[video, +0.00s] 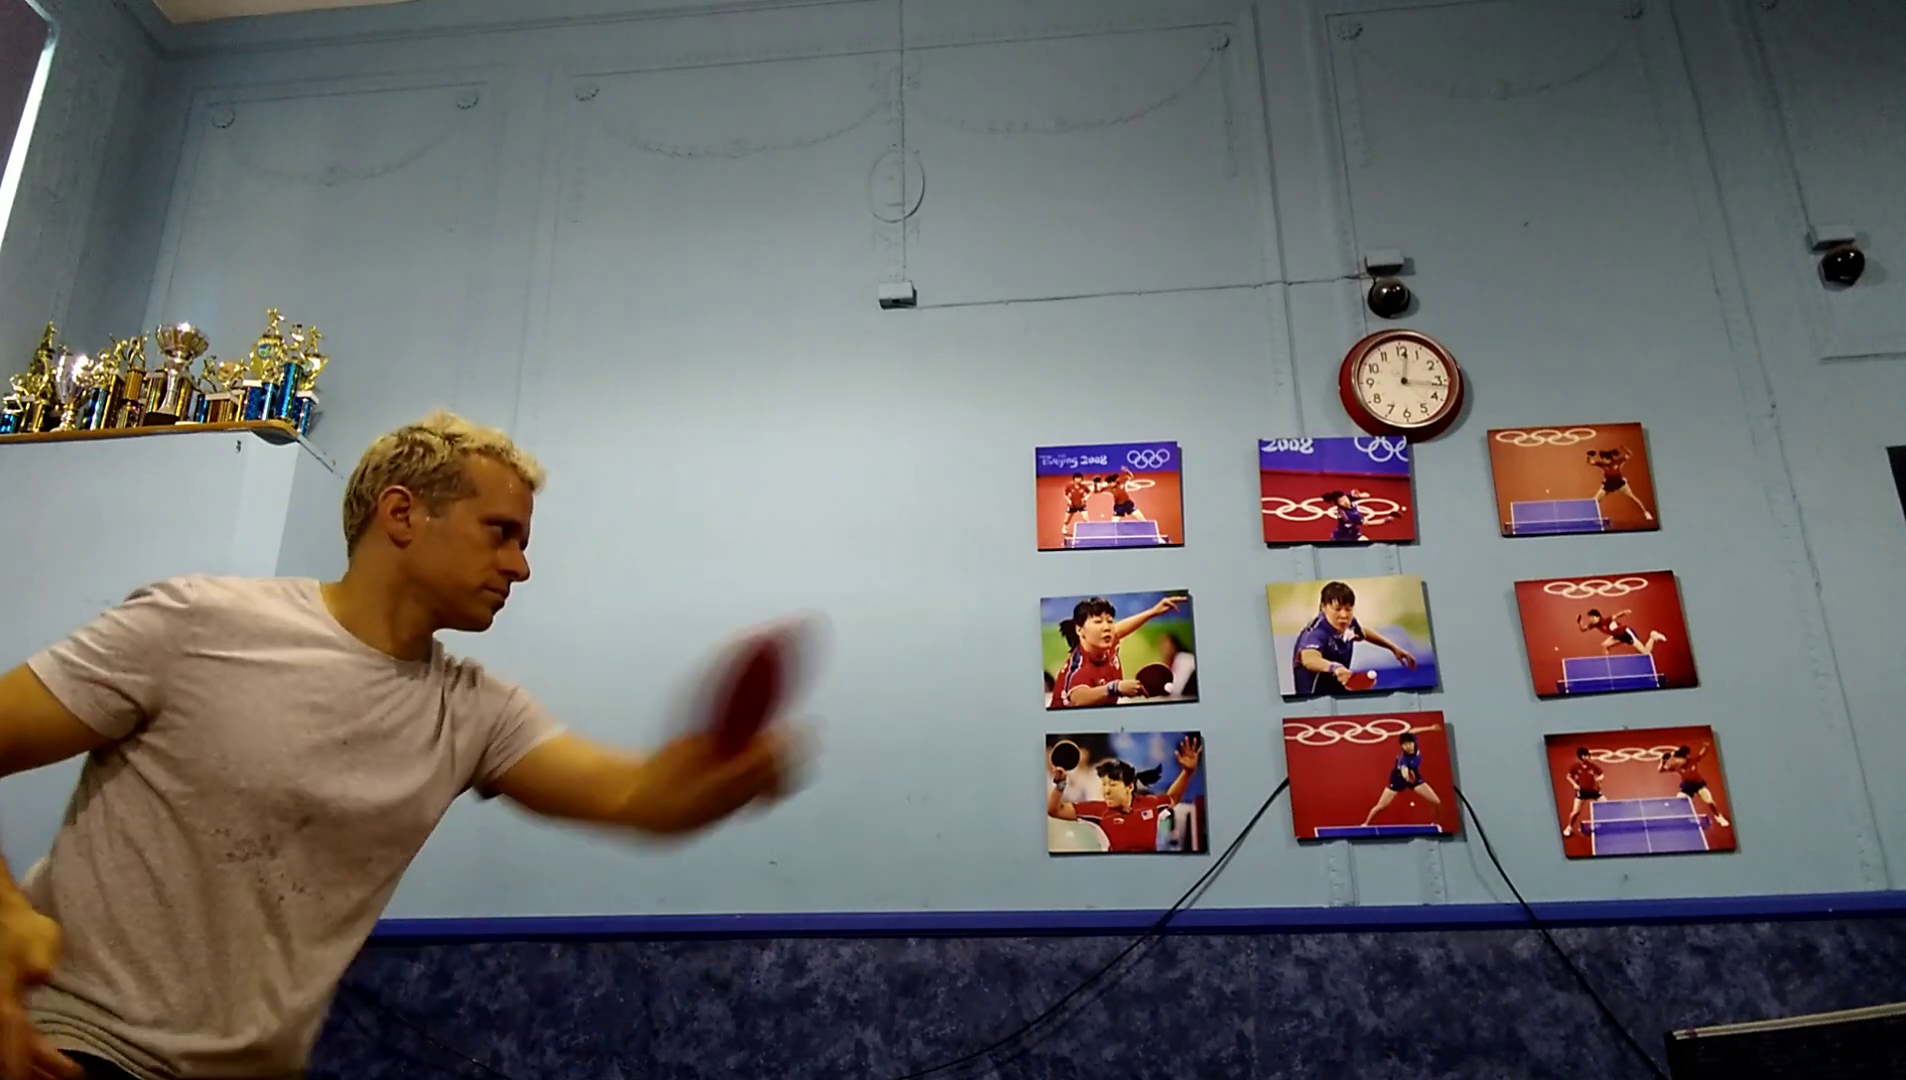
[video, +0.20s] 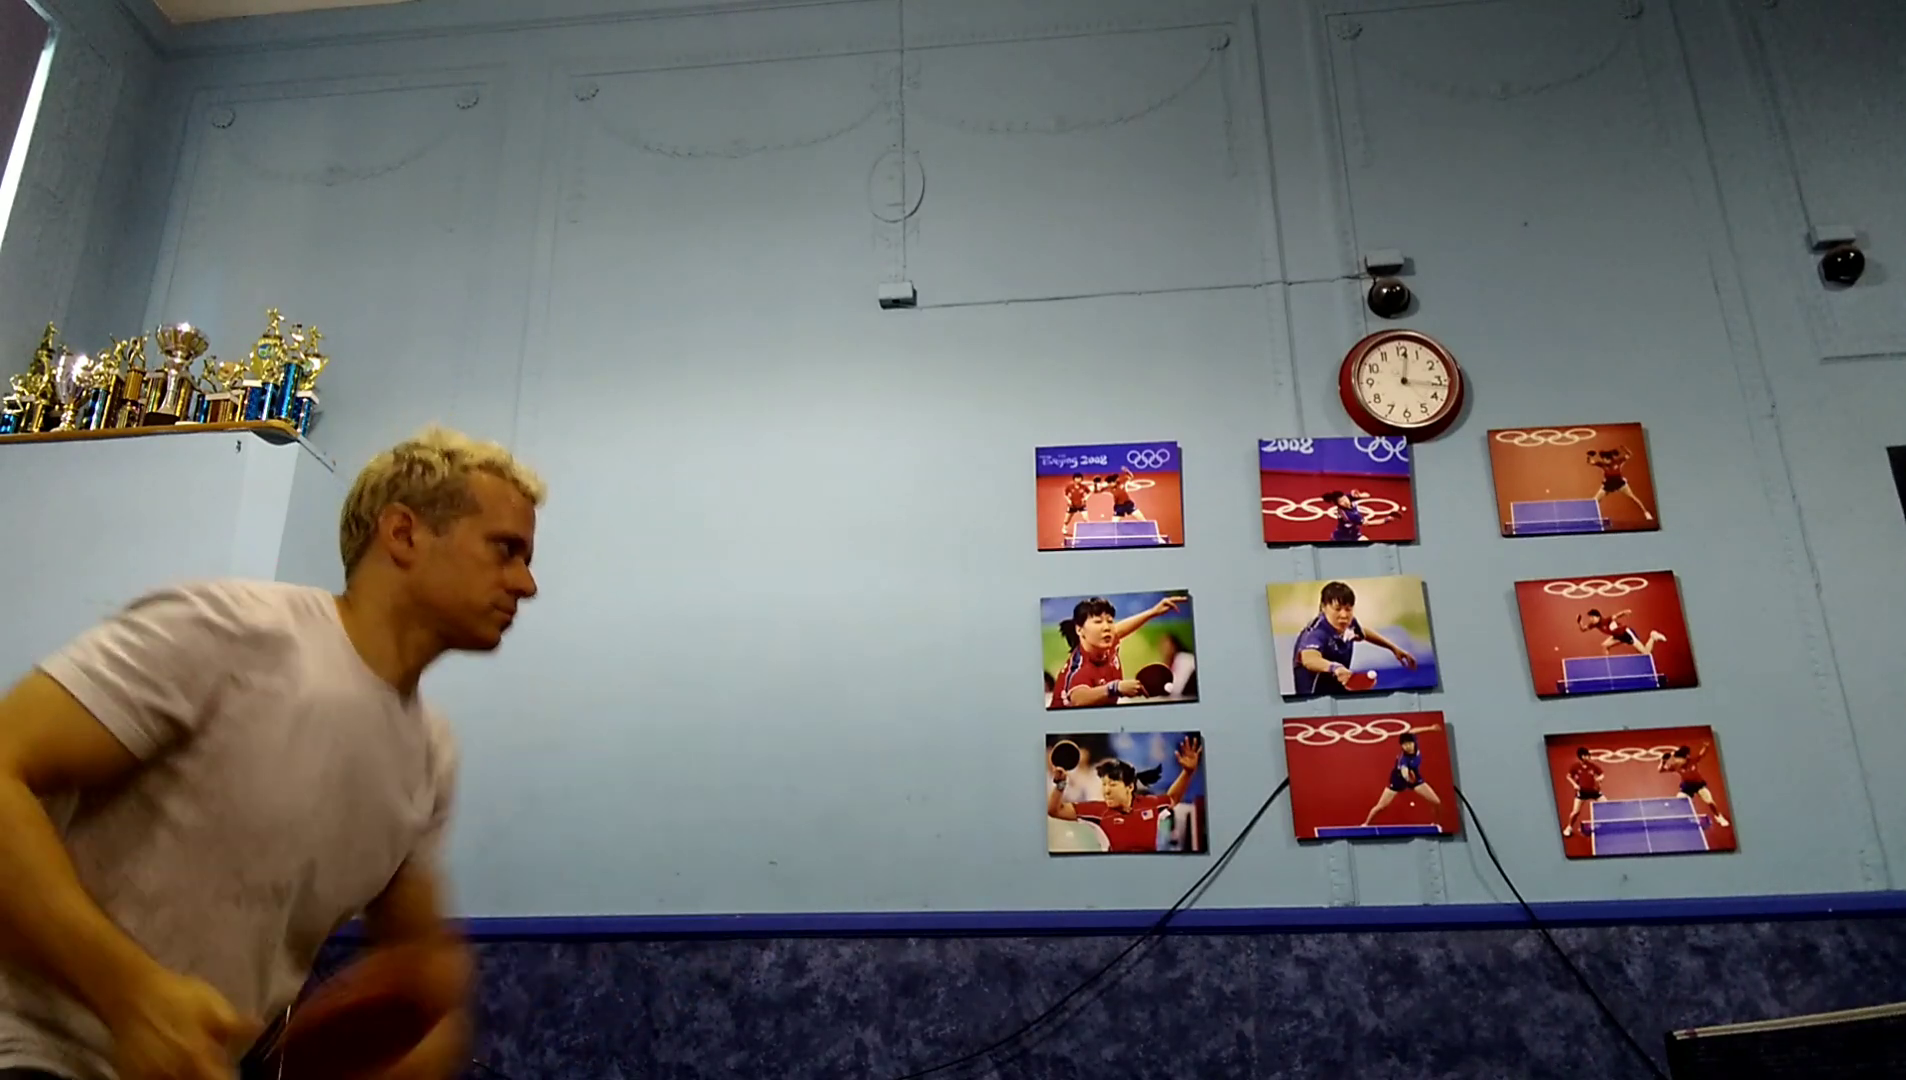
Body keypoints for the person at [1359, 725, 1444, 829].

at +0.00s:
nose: (1408, 747)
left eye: (1409, 744)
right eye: (1405, 745)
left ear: (1414, 743)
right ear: (1402, 746)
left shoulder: (1416, 747)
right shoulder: (1403, 759)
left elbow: (1413, 731)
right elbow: (1404, 771)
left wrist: (1431, 728)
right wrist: (1409, 778)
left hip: (1415, 779)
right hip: (1398, 781)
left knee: (1436, 802)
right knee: (1381, 806)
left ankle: (1435, 824)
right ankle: (1366, 823)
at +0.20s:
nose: (1408, 747)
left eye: (1409, 744)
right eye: (1405, 745)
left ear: (1414, 743)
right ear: (1402, 746)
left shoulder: (1416, 747)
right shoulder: (1403, 759)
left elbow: (1413, 731)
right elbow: (1404, 771)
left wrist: (1431, 728)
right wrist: (1409, 778)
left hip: (1415, 779)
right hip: (1398, 781)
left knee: (1436, 802)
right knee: (1381, 806)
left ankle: (1435, 824)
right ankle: (1366, 823)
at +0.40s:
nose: (1408, 747)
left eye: (1409, 744)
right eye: (1405, 745)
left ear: (1414, 743)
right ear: (1402, 746)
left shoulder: (1416, 748)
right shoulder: (1403, 758)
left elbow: (1413, 731)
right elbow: (1404, 771)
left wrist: (1431, 728)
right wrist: (1409, 778)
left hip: (1415, 779)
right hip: (1398, 781)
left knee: (1436, 801)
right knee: (1381, 806)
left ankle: (1435, 823)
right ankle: (1366, 823)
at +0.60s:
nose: (1408, 747)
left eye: (1409, 744)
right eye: (1405, 745)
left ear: (1414, 743)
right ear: (1402, 746)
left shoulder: (1416, 747)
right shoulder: (1403, 759)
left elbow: (1413, 731)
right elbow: (1404, 771)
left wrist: (1431, 728)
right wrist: (1408, 778)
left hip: (1415, 779)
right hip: (1398, 781)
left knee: (1436, 801)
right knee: (1381, 806)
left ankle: (1435, 823)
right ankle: (1366, 823)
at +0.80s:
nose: (1408, 747)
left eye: (1409, 744)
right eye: (1405, 745)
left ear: (1414, 743)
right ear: (1402, 746)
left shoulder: (1416, 748)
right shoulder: (1403, 758)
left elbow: (1413, 731)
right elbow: (1404, 771)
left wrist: (1431, 728)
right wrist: (1408, 778)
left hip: (1415, 779)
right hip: (1398, 781)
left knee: (1436, 802)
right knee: (1381, 805)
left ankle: (1435, 823)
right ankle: (1366, 823)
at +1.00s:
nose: (1408, 747)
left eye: (1409, 744)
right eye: (1405, 745)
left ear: (1413, 743)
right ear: (1402, 746)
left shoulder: (1415, 747)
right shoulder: (1403, 758)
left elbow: (1414, 731)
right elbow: (1404, 771)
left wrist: (1431, 728)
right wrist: (1408, 778)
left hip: (1415, 779)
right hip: (1398, 781)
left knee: (1436, 801)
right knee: (1381, 806)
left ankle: (1436, 823)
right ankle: (1366, 823)